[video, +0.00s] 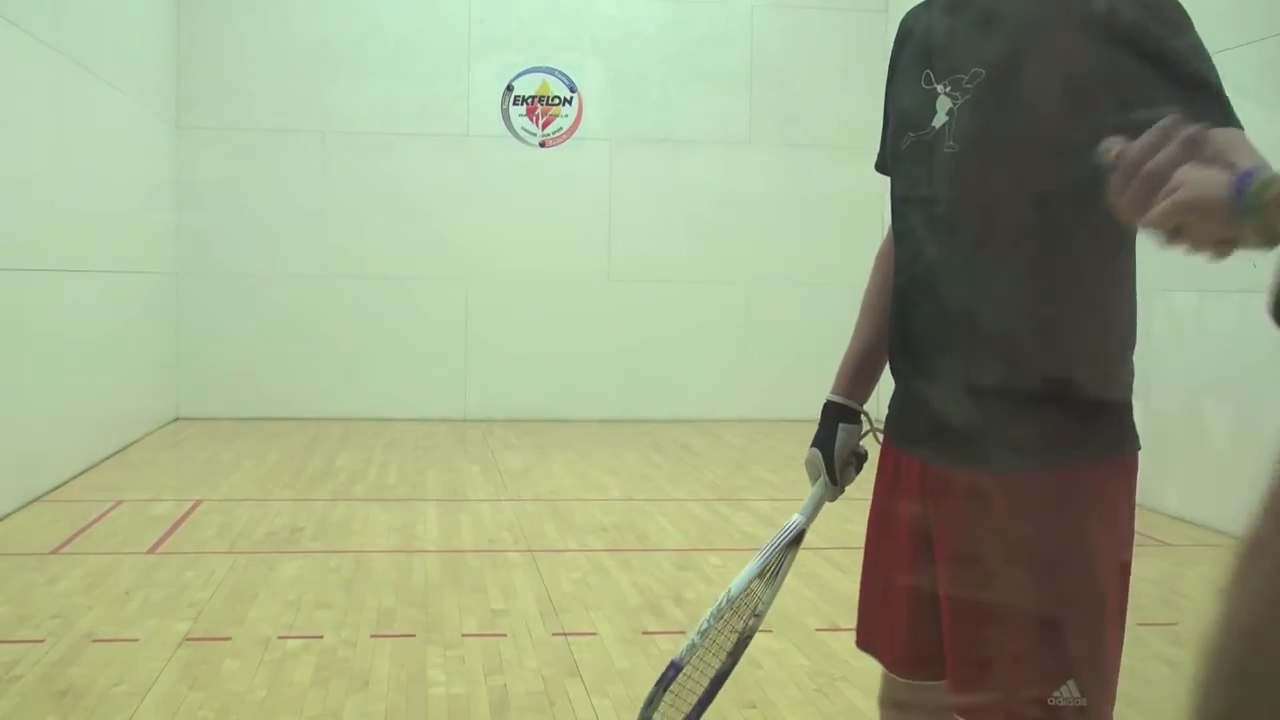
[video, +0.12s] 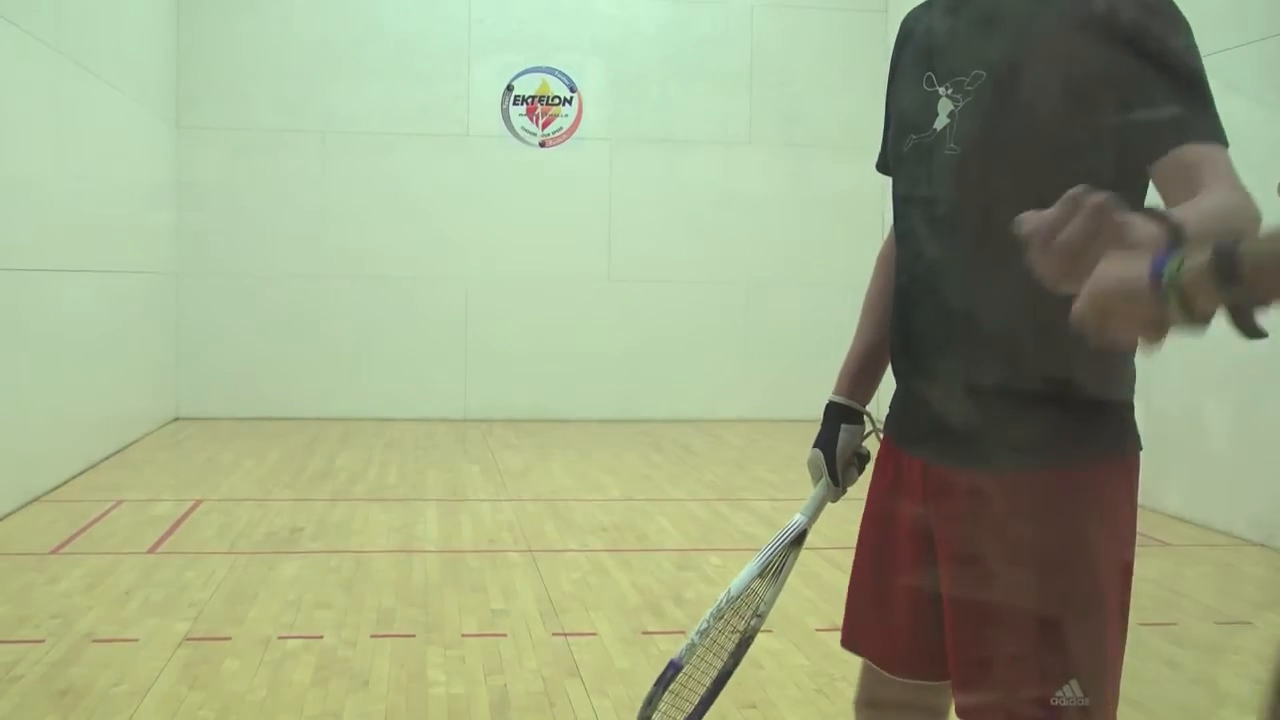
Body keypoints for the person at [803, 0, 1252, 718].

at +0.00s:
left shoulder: (1120, 15)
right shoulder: (926, 24)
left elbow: (1248, 187)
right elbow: (911, 229)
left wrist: (1222, 192)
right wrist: (845, 399)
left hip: (1055, 437)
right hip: (926, 427)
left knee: (1042, 704)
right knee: (911, 698)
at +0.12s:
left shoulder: (1122, 14)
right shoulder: (926, 26)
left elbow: (1224, 200)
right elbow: (912, 230)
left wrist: (1154, 238)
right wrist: (849, 399)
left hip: (1057, 443)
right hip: (926, 431)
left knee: (1040, 708)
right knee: (893, 696)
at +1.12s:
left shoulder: (910, 61)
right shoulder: (752, 87)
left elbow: (992, 236)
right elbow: (752, 253)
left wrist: (862, 309)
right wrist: (706, 394)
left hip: (875, 413)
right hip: (789, 412)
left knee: (771, 677)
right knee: (862, 668)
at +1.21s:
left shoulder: (881, 66)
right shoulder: (732, 89)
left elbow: (968, 244)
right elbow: (731, 256)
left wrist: (837, 315)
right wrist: (685, 396)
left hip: (846, 415)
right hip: (764, 416)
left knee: (738, 674)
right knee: (840, 664)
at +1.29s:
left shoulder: (865, 71)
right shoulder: (723, 88)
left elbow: (955, 248)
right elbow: (722, 257)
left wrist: (820, 319)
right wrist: (674, 394)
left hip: (830, 418)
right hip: (751, 417)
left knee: (719, 674)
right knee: (828, 663)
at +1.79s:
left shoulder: (662, 66)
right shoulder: (613, 73)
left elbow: (680, 251)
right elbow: (625, 251)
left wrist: (515, 289)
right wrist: (575, 389)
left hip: (647, 401)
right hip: (606, 397)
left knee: (625, 630)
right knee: (569, 605)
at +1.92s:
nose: (517, 6)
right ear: (599, 3)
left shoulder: (608, 72)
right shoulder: (623, 76)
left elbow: (609, 250)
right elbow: (624, 278)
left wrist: (470, 290)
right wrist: (556, 418)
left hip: (610, 403)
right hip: (592, 401)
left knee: (609, 640)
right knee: (559, 613)